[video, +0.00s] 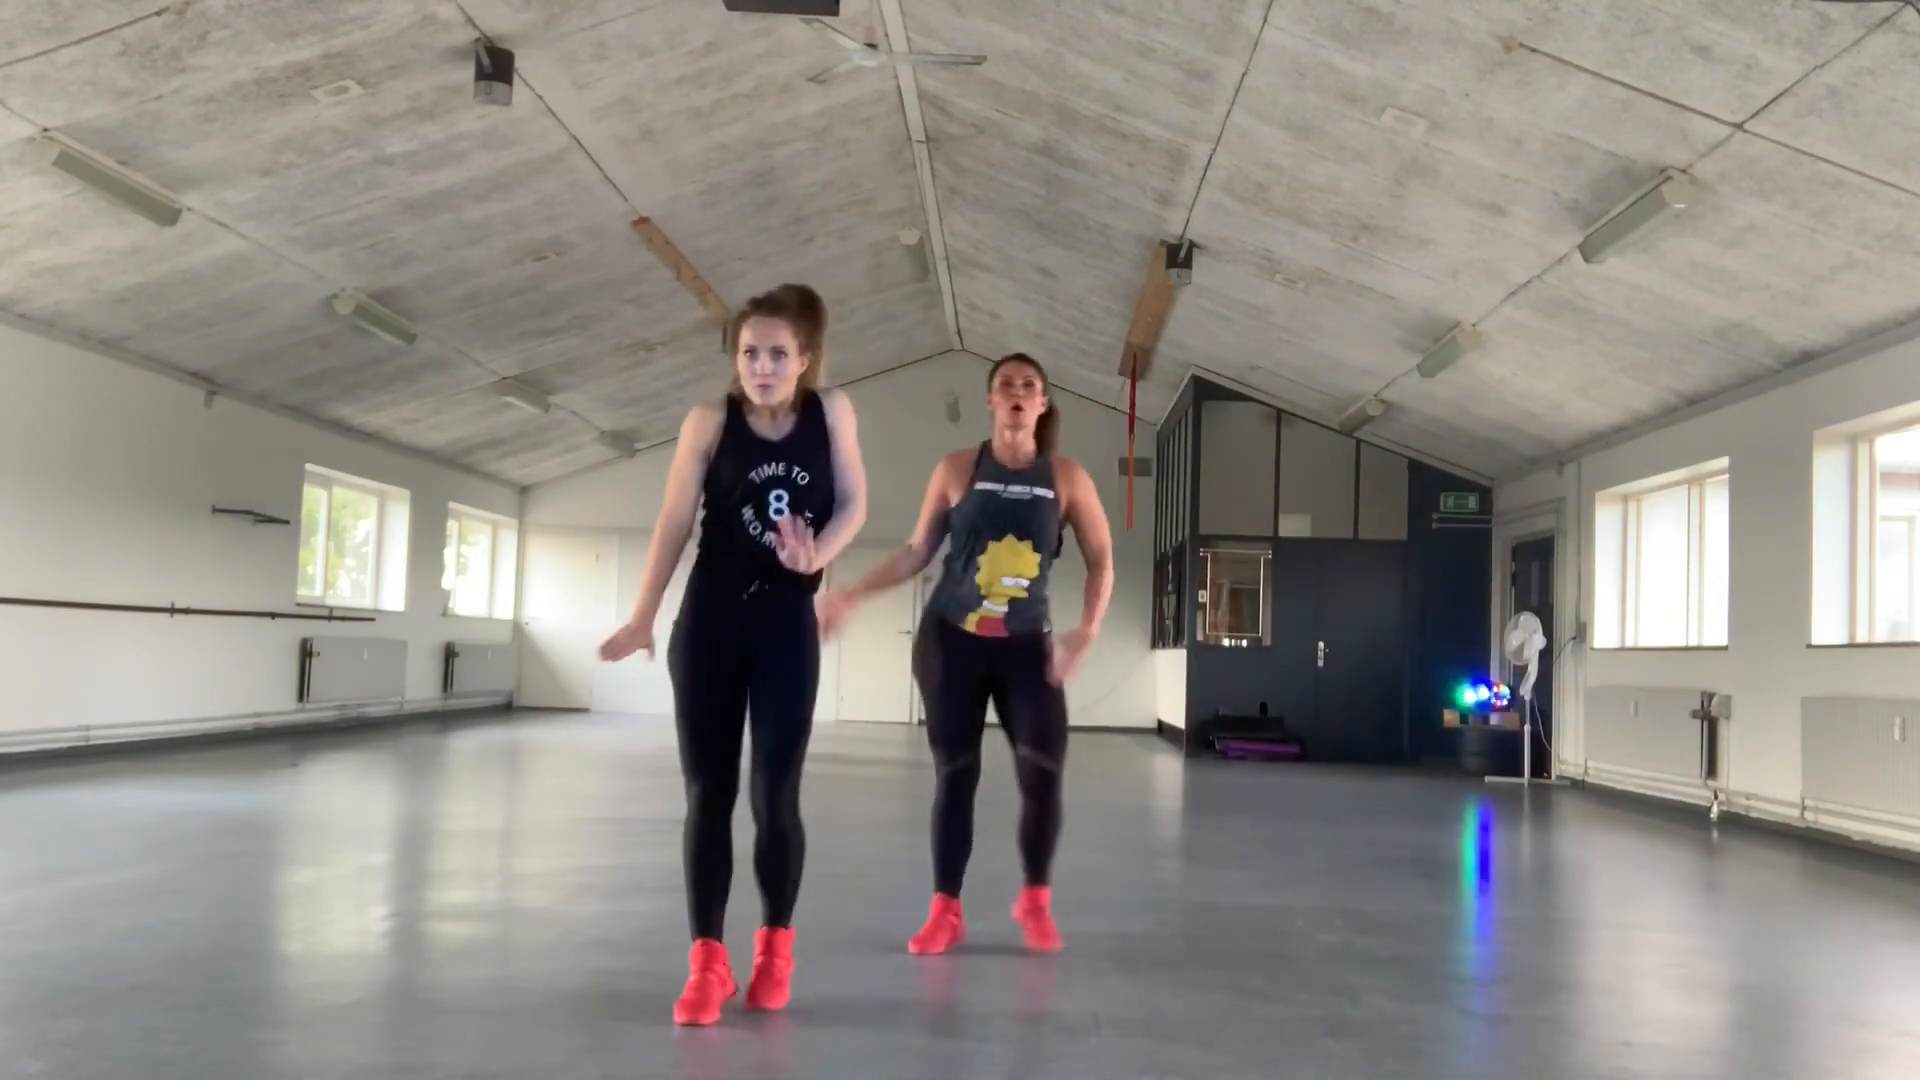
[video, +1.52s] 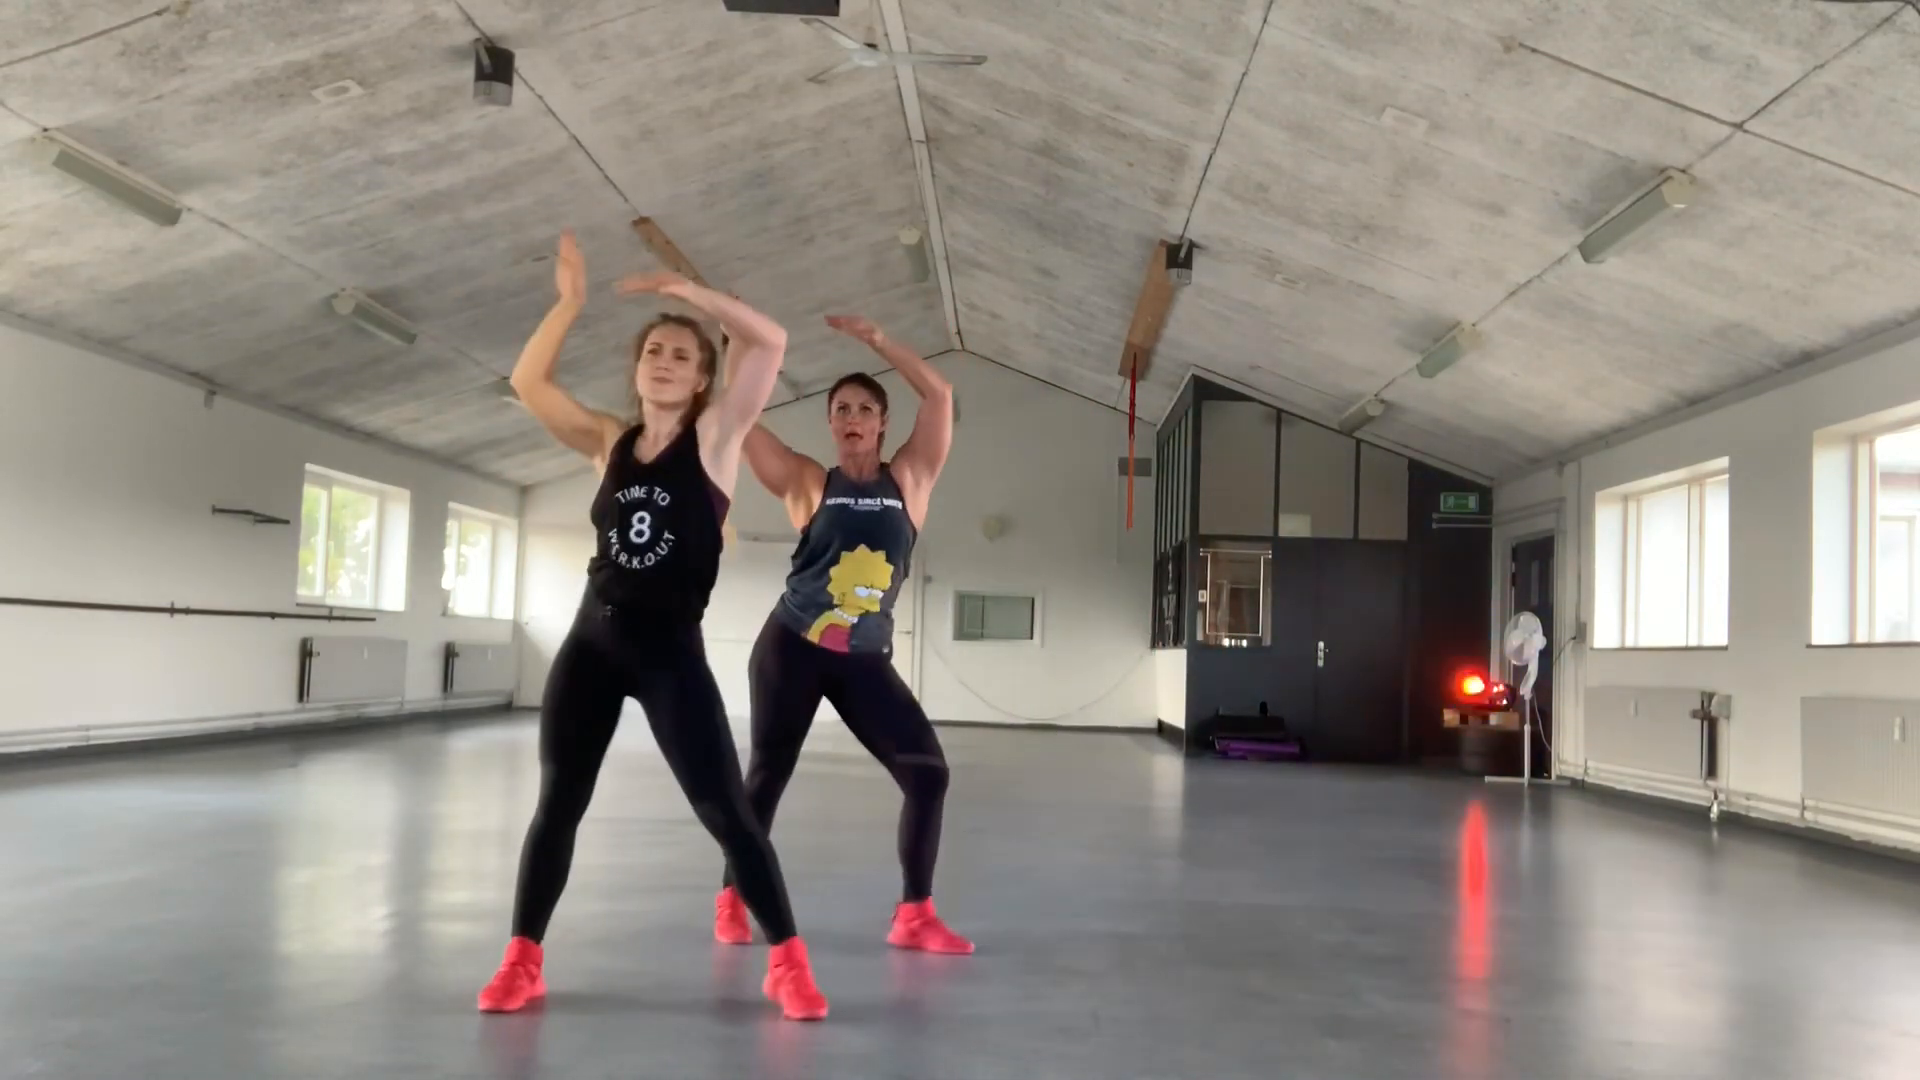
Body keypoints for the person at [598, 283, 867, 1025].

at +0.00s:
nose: (763, 365)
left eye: (778, 352)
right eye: (752, 351)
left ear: (807, 358)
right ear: (735, 356)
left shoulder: (830, 413)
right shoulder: (708, 422)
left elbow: (854, 505)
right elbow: (674, 522)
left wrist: (820, 553)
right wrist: (641, 618)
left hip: (788, 630)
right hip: (710, 627)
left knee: (774, 796)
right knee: (709, 796)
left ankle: (775, 944)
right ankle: (707, 955)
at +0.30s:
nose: (705, 380)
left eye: (721, 368)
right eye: (694, 366)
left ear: (748, 376)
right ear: (679, 370)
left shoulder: (771, 452)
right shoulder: (645, 427)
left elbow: (768, 549)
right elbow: (593, 496)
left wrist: (736, 575)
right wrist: (565, 579)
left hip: (736, 644)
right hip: (656, 640)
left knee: (756, 798)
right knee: (570, 772)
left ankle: (762, 943)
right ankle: (570, 924)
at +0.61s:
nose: (636, 394)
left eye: (653, 383)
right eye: (625, 381)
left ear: (680, 391)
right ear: (611, 386)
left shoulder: (691, 448)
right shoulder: (599, 457)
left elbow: (693, 551)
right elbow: (524, 493)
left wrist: (671, 648)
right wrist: (462, 451)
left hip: (652, 654)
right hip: (574, 650)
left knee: (724, 813)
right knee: (531, 805)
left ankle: (785, 962)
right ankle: (513, 957)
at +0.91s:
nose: (667, 366)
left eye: (683, 358)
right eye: (656, 356)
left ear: (708, 381)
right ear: (638, 375)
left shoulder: (727, 450)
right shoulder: (610, 442)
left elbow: (836, 442)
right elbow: (575, 539)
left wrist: (934, 432)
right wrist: (618, 501)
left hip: (716, 654)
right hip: (641, 660)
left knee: (741, 803)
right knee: (545, 791)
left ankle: (780, 965)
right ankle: (528, 956)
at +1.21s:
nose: (665, 368)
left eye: (682, 360)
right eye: (655, 361)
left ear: (711, 382)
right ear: (643, 380)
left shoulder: (723, 467)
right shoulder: (618, 424)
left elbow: (795, 465)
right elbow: (524, 394)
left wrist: (775, 369)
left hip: (698, 655)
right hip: (620, 656)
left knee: (762, 799)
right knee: (577, 823)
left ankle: (787, 955)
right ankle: (529, 959)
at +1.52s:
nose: (666, 364)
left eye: (683, 355)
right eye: (655, 351)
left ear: (704, 376)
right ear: (635, 367)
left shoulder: (716, 440)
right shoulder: (610, 441)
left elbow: (769, 340)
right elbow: (529, 383)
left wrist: (686, 289)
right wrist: (568, 301)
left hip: (672, 656)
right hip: (591, 647)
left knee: (725, 813)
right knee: (559, 805)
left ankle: (787, 957)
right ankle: (522, 955)